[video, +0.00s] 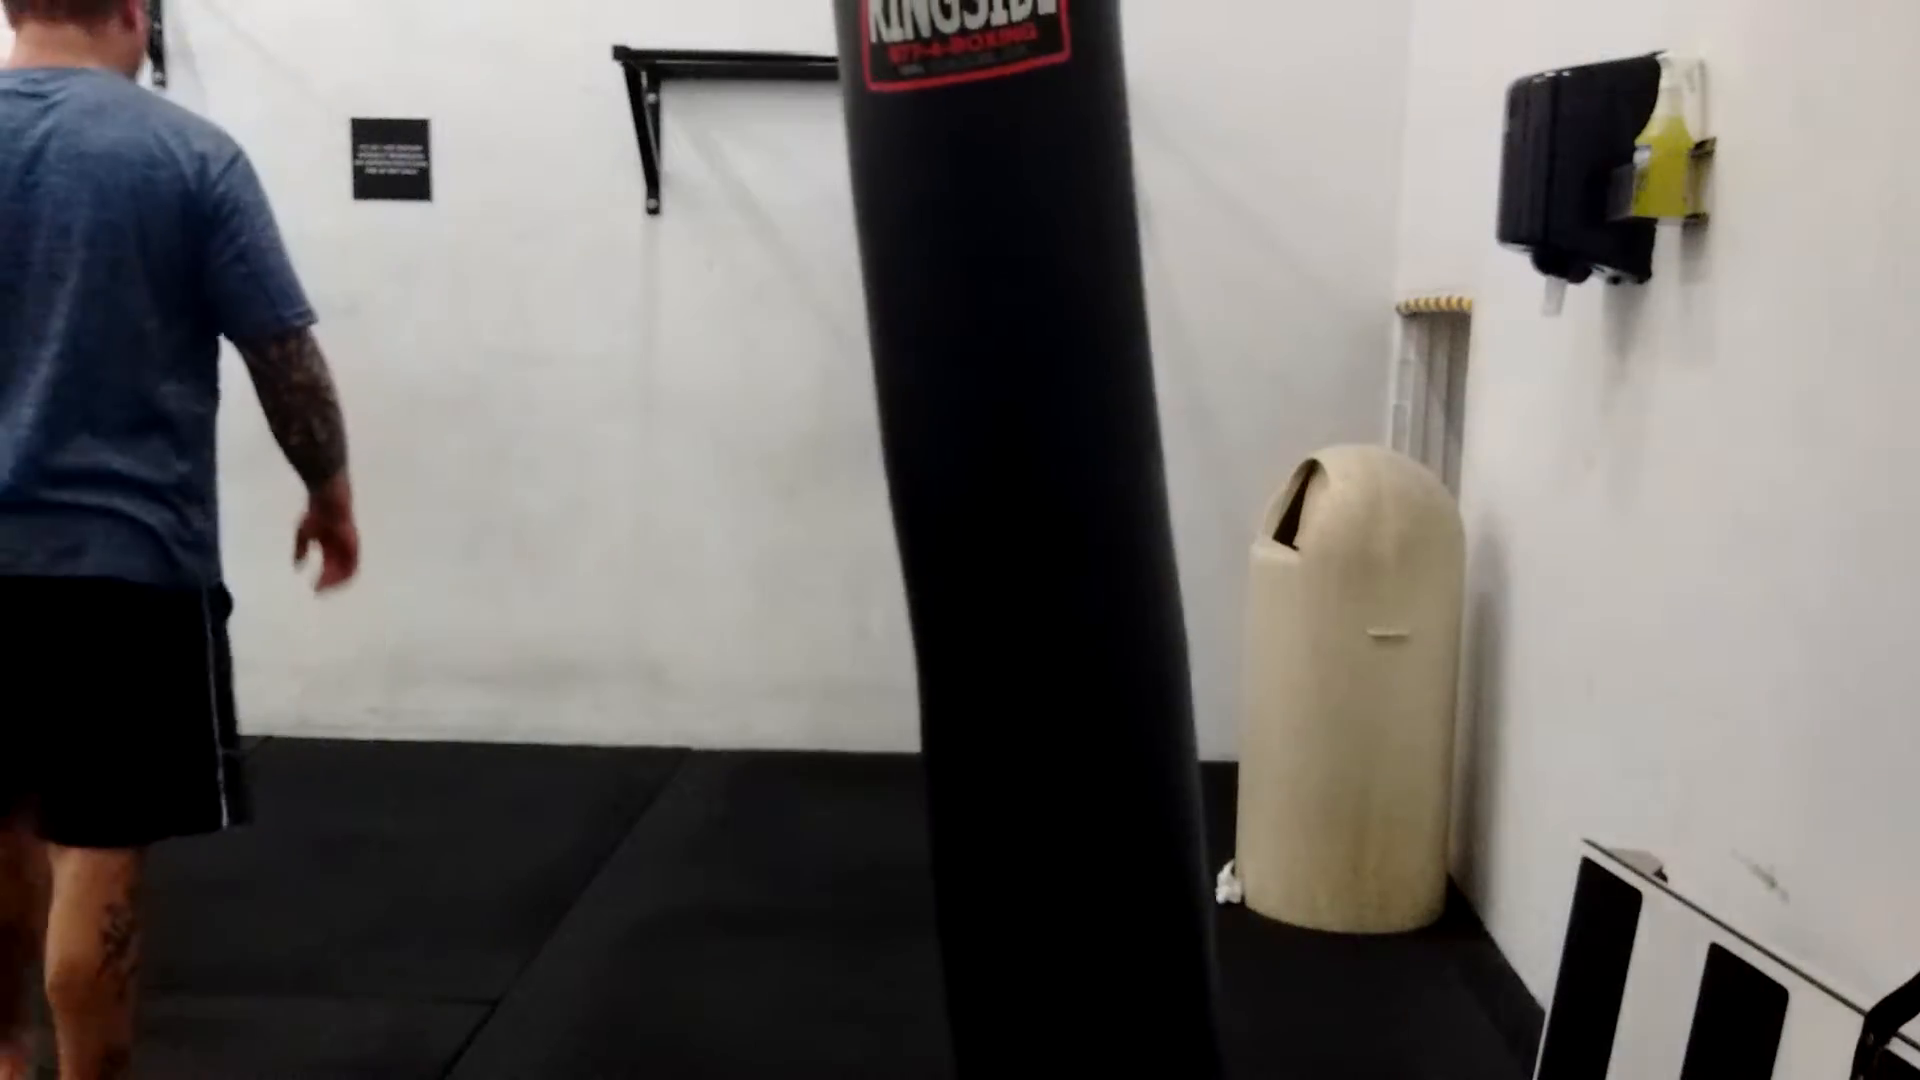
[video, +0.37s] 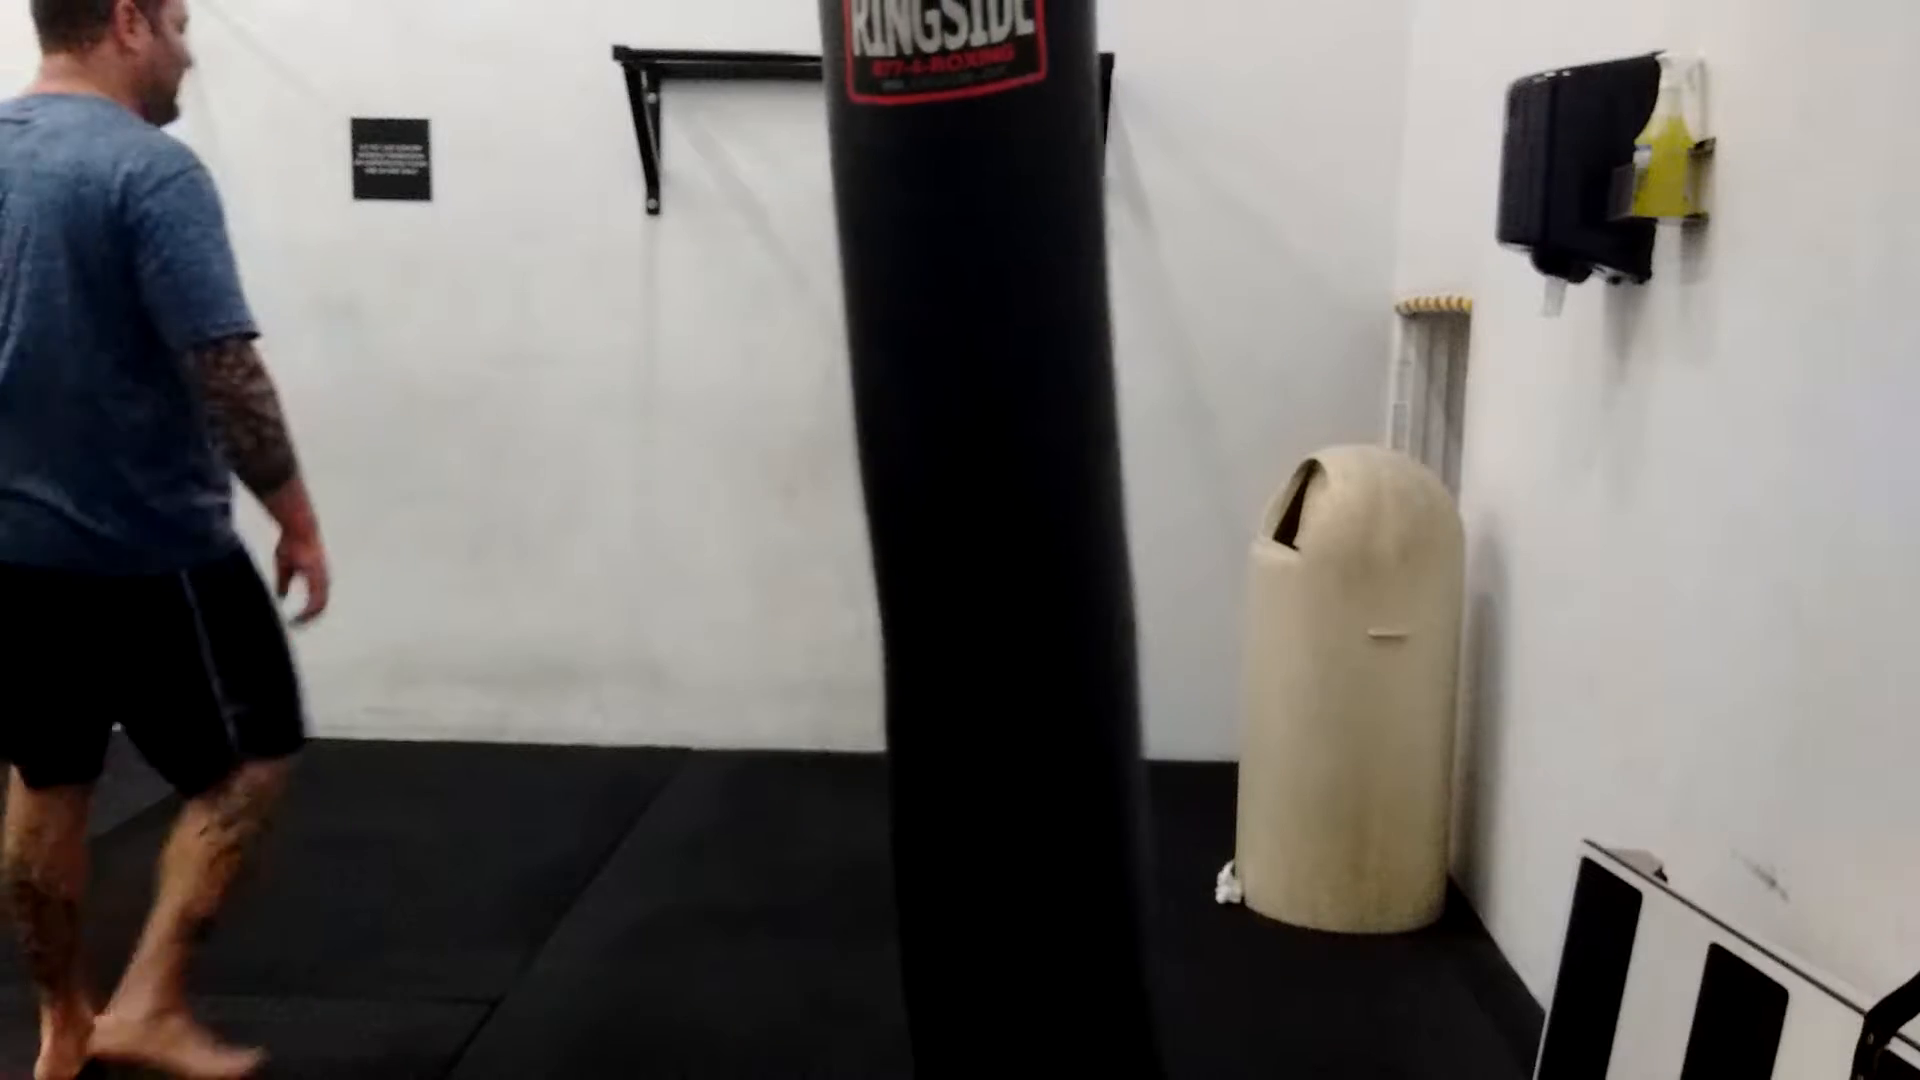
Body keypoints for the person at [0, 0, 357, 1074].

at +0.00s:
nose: (145, 37)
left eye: (142, 27)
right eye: (146, 23)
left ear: (14, 18)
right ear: (132, 18)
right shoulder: (188, 152)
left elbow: (280, 351)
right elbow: (284, 353)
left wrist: (323, 484)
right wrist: (327, 487)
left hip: (1, 546)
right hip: (128, 557)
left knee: (11, 833)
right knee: (101, 847)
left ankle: (14, 1054)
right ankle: (89, 1069)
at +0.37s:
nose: (188, 50)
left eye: (186, 27)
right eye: (179, 26)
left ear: (73, 29)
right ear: (128, 22)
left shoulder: (8, 139)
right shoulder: (147, 166)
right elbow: (225, 367)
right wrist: (294, 515)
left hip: (24, 533)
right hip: (151, 535)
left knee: (44, 771)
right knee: (251, 753)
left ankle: (61, 1028)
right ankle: (146, 1005)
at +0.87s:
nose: (262, 56)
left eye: (262, 34)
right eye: (236, 33)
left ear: (179, 50)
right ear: (162, 46)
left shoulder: (189, 168)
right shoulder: (161, 185)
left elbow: (196, 375)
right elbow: (183, 388)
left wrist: (271, 525)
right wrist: (267, 548)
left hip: (206, 520)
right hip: (196, 528)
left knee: (213, 729)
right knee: (240, 748)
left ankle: (116, 907)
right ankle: (240, 978)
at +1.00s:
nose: (276, 54)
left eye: (283, 34)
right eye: (249, 32)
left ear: (292, 45)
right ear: (182, 45)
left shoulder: (237, 167)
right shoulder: (167, 178)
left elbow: (241, 351)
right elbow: (168, 374)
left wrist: (304, 501)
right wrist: (272, 526)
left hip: (284, 508)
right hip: (207, 521)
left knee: (352, 667)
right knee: (233, 739)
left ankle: (219, 871)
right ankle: (238, 978)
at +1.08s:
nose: (290, 55)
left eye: (300, 37)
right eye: (264, 34)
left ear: (311, 53)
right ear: (201, 50)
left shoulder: (277, 175)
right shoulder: (168, 181)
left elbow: (277, 347)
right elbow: (158, 368)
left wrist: (329, 497)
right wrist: (266, 512)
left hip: (317, 510)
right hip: (215, 525)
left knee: (384, 676)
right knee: (231, 740)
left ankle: (324, 889)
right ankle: (235, 974)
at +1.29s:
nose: (323, 65)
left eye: (337, 46)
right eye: (299, 44)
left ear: (353, 64)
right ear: (249, 59)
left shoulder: (380, 194)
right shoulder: (200, 194)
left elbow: (432, 314)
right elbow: (168, 366)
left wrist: (456, 393)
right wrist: (214, 514)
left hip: (377, 516)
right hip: (264, 525)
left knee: (398, 723)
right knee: (255, 751)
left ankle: (431, 915)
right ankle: (241, 976)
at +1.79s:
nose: (392, 76)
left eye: (412, 64)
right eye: (375, 59)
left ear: (435, 87)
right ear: (340, 75)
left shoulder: (489, 214)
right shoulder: (279, 198)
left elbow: (550, 344)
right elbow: (229, 344)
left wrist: (505, 367)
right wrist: (199, 484)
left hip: (440, 504)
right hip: (309, 500)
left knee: (428, 708)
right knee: (276, 693)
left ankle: (434, 911)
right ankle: (332, 849)